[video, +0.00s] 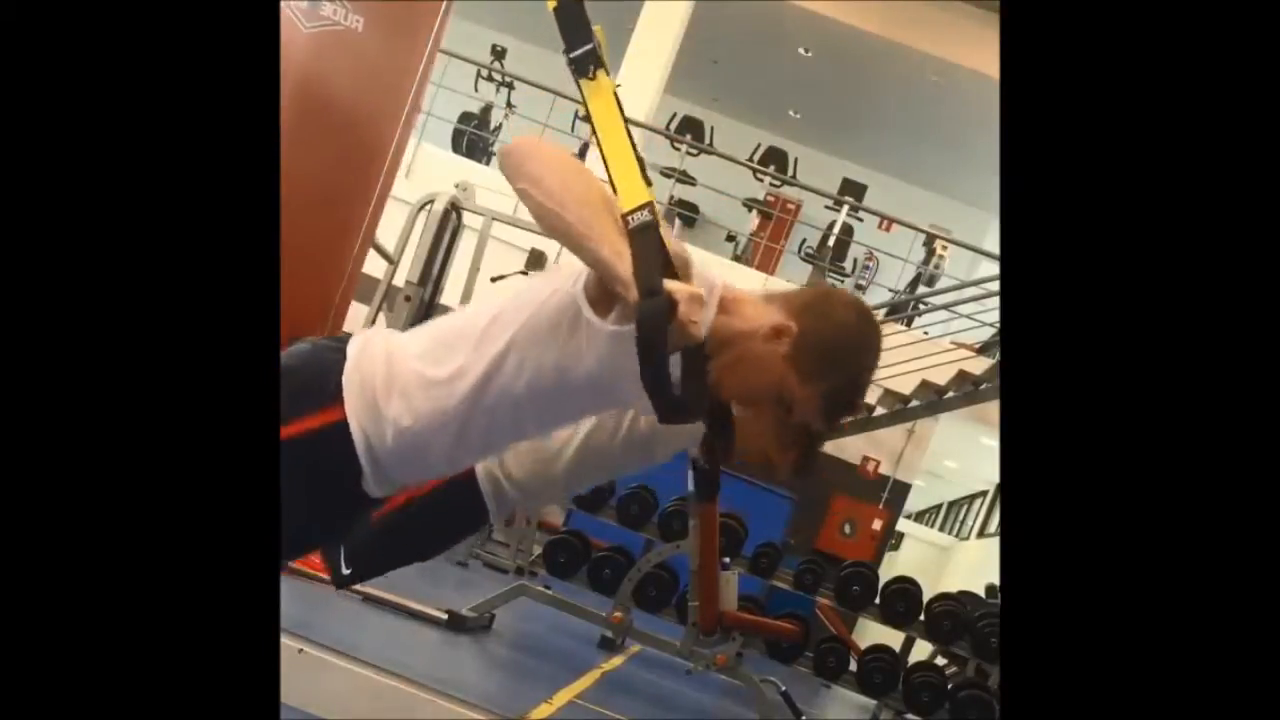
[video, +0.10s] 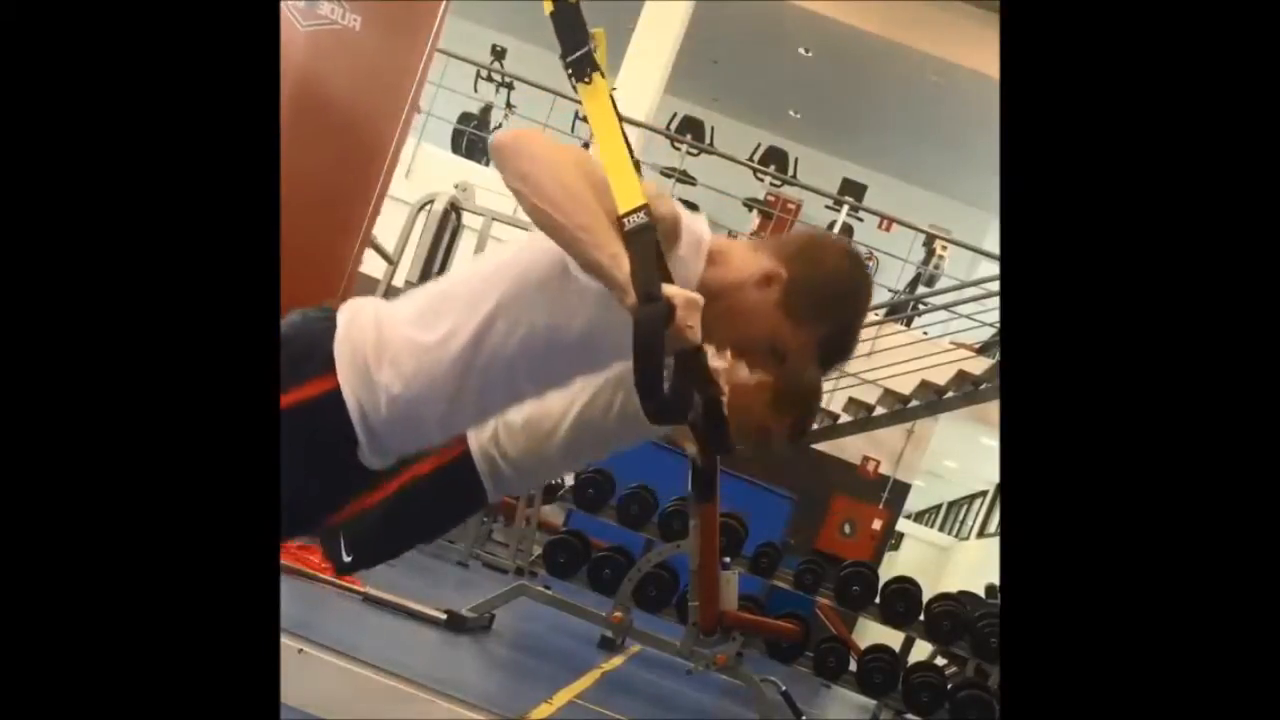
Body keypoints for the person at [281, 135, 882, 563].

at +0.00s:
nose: (767, 418)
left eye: (789, 415)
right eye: (783, 398)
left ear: (779, 332)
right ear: (776, 330)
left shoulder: (699, 375)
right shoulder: (665, 269)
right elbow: (525, 154)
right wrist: (634, 280)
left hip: (368, 469)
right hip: (332, 419)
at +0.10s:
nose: (753, 362)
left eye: (771, 364)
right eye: (770, 348)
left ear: (770, 272)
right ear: (769, 277)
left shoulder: (686, 330)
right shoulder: (667, 231)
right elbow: (519, 147)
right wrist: (638, 285)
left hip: (370, 444)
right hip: (332, 387)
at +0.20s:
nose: (742, 312)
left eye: (762, 309)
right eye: (760, 297)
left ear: (751, 224)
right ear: (753, 228)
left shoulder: (667, 269)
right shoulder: (649, 177)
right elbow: (517, 141)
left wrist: (674, 381)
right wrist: (640, 295)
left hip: (370, 418)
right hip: (327, 352)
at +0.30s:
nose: (732, 268)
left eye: (753, 266)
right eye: (749, 251)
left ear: (738, 172)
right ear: (736, 175)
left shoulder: (646, 228)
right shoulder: (630, 138)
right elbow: (511, 134)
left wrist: (666, 374)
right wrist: (620, 294)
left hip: (361, 388)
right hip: (315, 321)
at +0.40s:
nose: (712, 230)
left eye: (732, 226)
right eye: (729, 209)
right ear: (717, 136)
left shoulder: (628, 198)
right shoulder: (608, 102)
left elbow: (629, 297)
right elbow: (506, 132)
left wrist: (669, 371)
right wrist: (600, 290)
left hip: (352, 357)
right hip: (305, 295)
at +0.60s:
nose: (689, 168)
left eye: (707, 161)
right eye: (702, 146)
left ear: (681, 71)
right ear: (683, 71)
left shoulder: (596, 139)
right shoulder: (556, 43)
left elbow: (611, 251)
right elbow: (510, 147)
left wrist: (657, 369)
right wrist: (604, 295)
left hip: (329, 321)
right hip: (289, 261)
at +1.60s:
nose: (710, 241)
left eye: (732, 239)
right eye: (728, 222)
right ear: (710, 153)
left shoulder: (632, 210)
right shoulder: (603, 117)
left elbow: (649, 290)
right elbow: (519, 125)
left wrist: (685, 363)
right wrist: (629, 276)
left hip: (352, 377)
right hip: (307, 318)